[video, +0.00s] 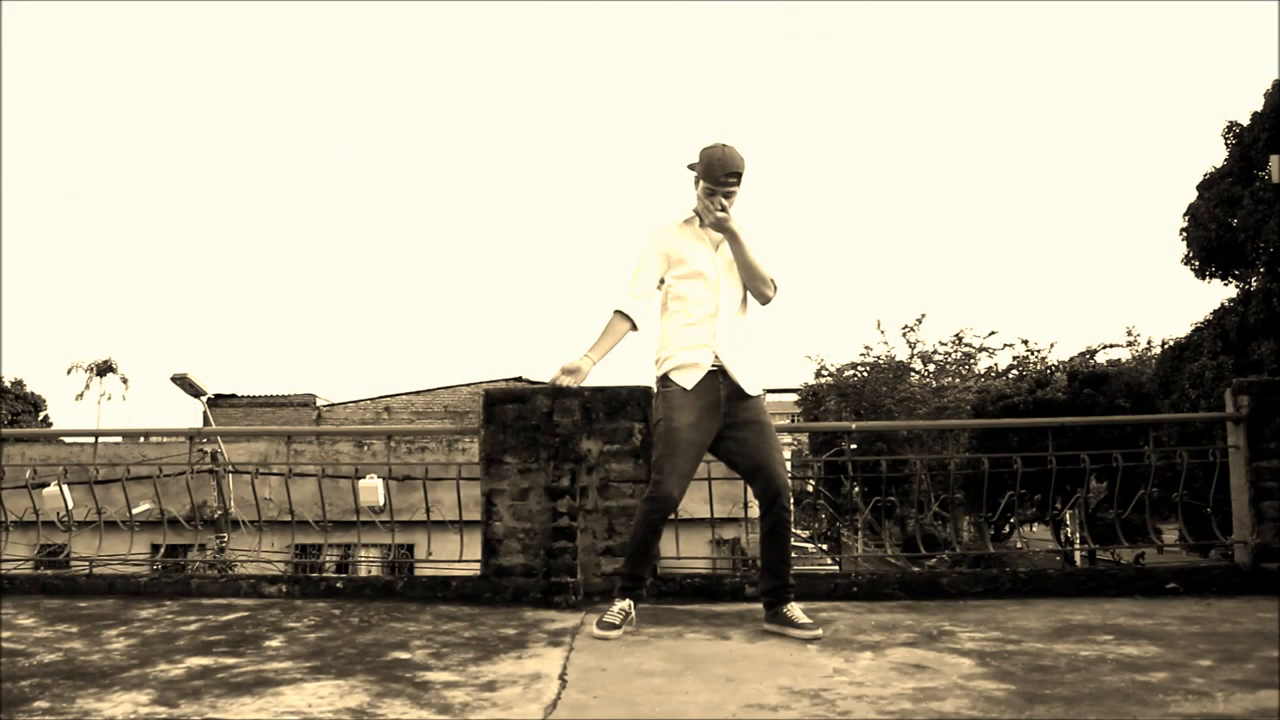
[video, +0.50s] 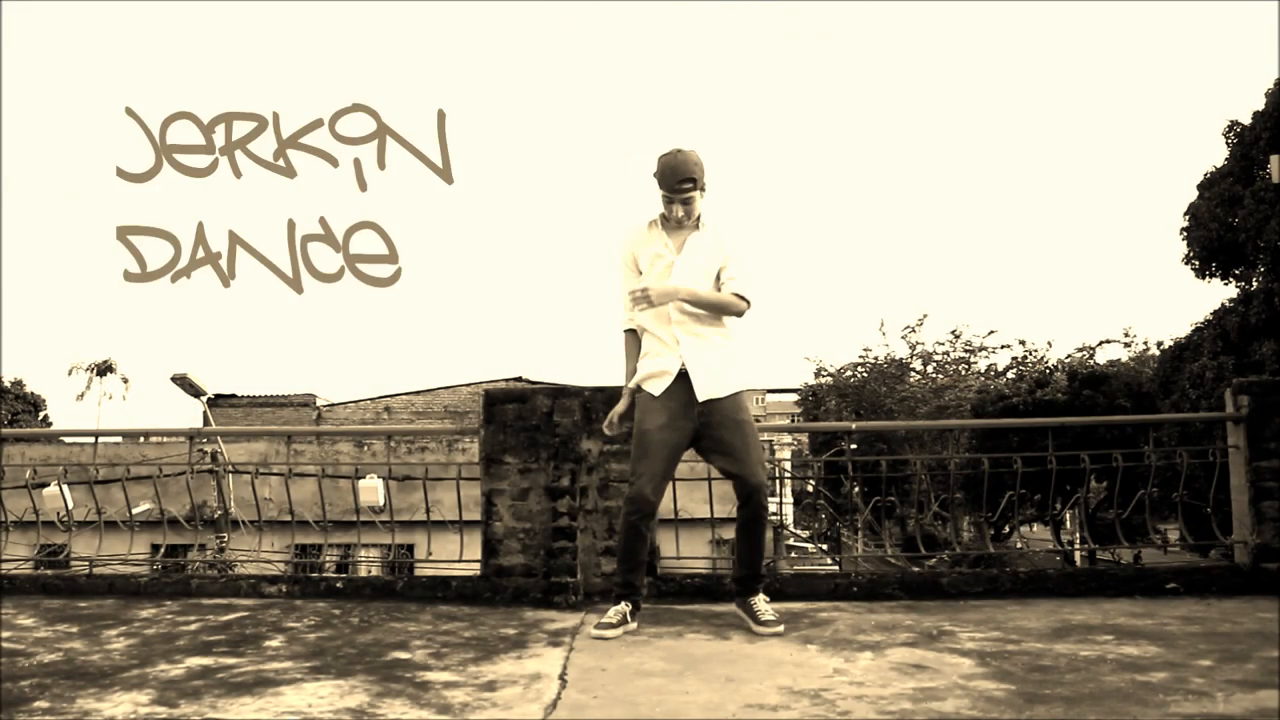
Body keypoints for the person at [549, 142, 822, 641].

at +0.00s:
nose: (724, 195)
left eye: (732, 187)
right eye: (715, 185)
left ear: (740, 187)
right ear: (696, 181)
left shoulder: (738, 240)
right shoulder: (667, 238)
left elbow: (765, 293)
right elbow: (630, 310)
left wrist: (731, 233)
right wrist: (588, 360)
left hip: (739, 383)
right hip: (686, 380)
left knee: (777, 490)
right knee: (667, 492)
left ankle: (779, 604)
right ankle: (624, 599)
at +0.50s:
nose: (680, 206)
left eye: (689, 196)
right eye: (672, 197)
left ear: (702, 190)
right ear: (658, 191)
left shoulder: (723, 238)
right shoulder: (637, 245)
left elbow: (740, 303)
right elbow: (632, 326)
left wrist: (675, 293)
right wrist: (628, 390)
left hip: (722, 381)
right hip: (662, 382)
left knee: (755, 486)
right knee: (641, 495)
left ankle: (749, 593)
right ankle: (627, 602)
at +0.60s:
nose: (681, 197)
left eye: (689, 187)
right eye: (673, 189)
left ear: (709, 184)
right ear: (666, 190)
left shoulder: (735, 239)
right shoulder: (645, 244)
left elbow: (741, 305)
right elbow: (633, 326)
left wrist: (691, 340)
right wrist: (627, 391)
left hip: (719, 391)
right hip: (657, 389)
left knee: (745, 494)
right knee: (631, 485)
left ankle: (745, 601)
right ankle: (622, 596)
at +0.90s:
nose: (643, 201)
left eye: (651, 192)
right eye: (637, 193)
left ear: (672, 189)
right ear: (630, 194)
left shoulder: (704, 243)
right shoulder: (621, 249)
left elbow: (736, 314)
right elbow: (608, 311)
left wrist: (759, 384)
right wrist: (609, 364)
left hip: (715, 393)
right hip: (652, 397)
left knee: (758, 495)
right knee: (633, 506)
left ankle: (788, 597)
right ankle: (609, 602)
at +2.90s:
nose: (690, 229)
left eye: (699, 218)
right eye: (684, 220)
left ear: (726, 219)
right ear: (680, 225)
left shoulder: (760, 279)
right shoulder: (671, 294)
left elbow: (776, 347)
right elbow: (653, 368)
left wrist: (781, 416)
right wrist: (643, 426)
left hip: (748, 425)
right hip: (688, 428)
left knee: (797, 517)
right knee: (661, 524)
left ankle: (801, 607)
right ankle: (610, 597)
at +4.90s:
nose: (700, 211)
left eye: (711, 202)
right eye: (694, 203)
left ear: (735, 209)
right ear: (688, 212)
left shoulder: (756, 278)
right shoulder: (667, 280)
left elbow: (769, 344)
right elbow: (645, 357)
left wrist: (788, 400)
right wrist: (639, 426)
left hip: (738, 414)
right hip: (678, 415)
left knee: (789, 514)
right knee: (657, 517)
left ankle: (790, 609)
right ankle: (610, 598)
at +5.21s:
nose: (675, 214)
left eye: (685, 204)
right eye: (668, 204)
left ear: (709, 206)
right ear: (662, 207)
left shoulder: (740, 270)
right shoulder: (647, 274)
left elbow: (770, 349)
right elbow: (604, 329)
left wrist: (798, 418)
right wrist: (623, 353)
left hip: (743, 421)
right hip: (675, 427)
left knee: (795, 515)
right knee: (649, 536)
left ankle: (820, 602)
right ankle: (625, 612)